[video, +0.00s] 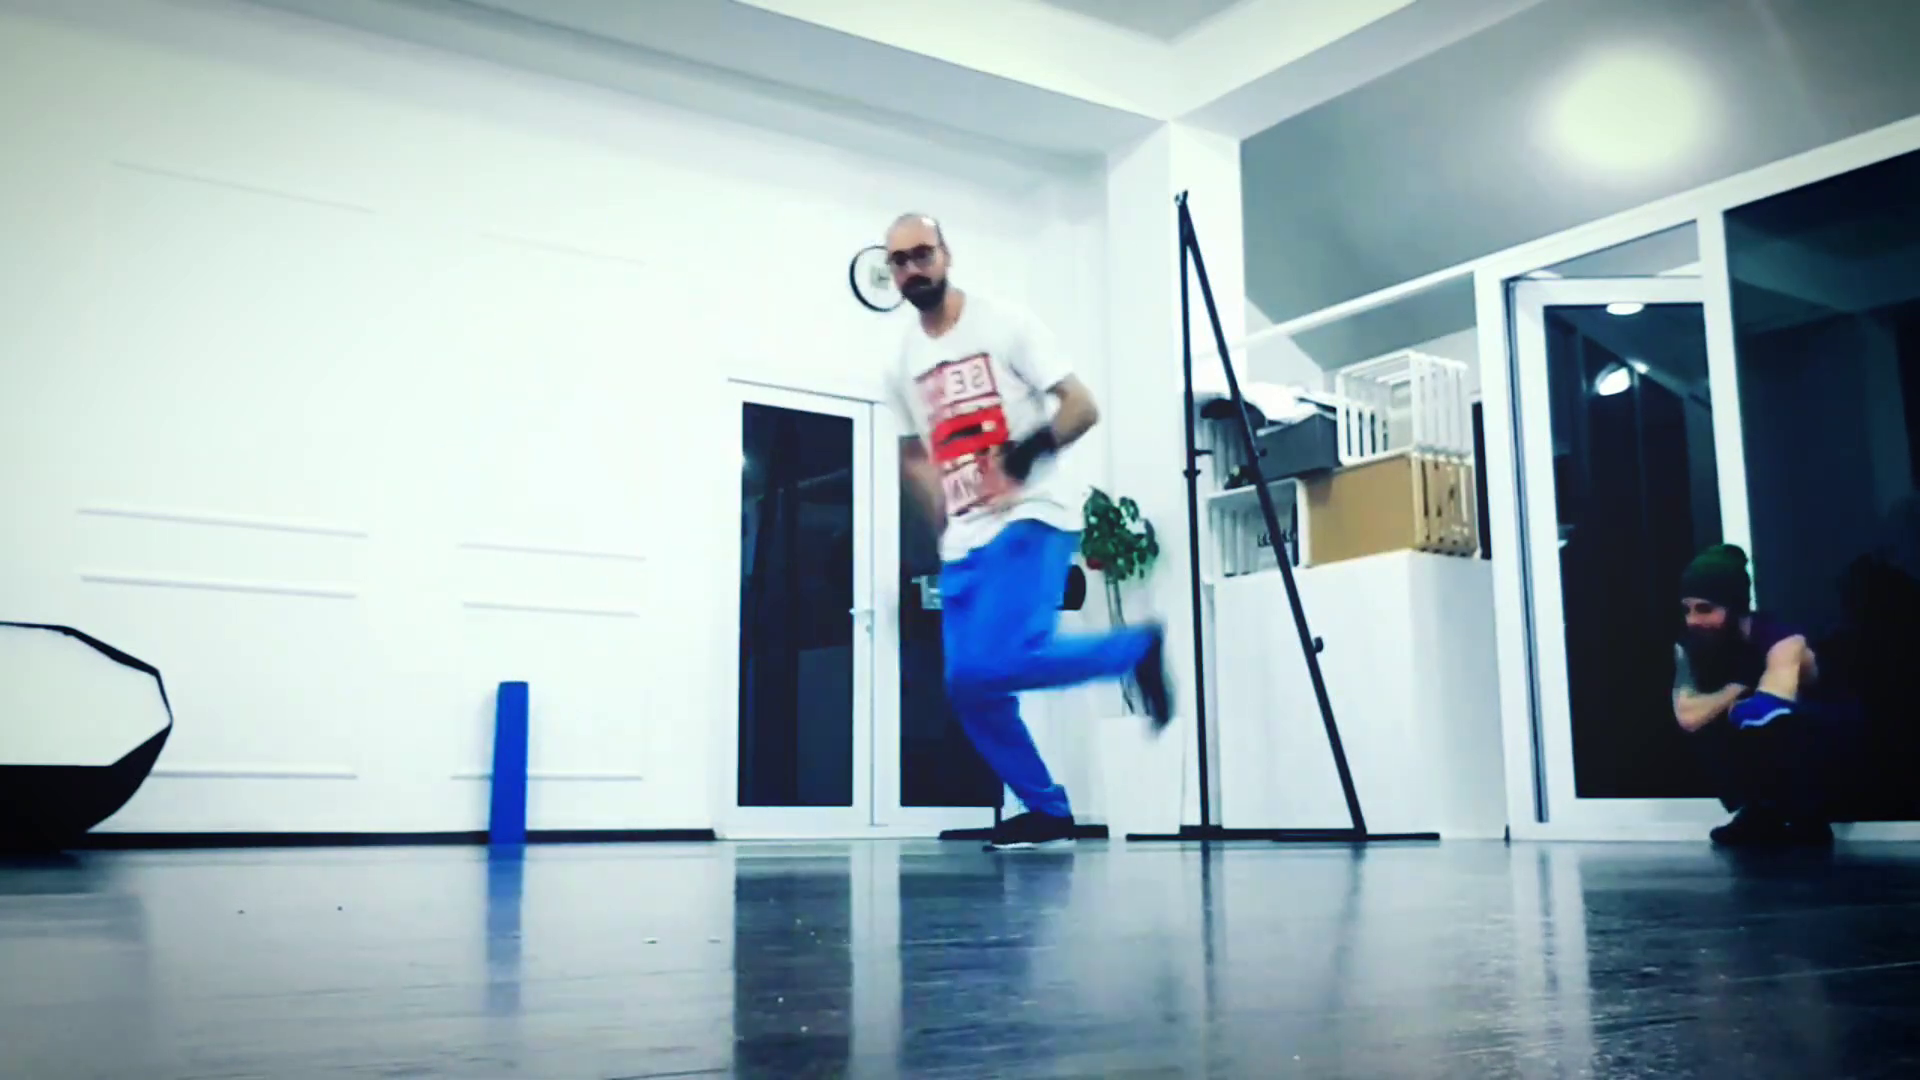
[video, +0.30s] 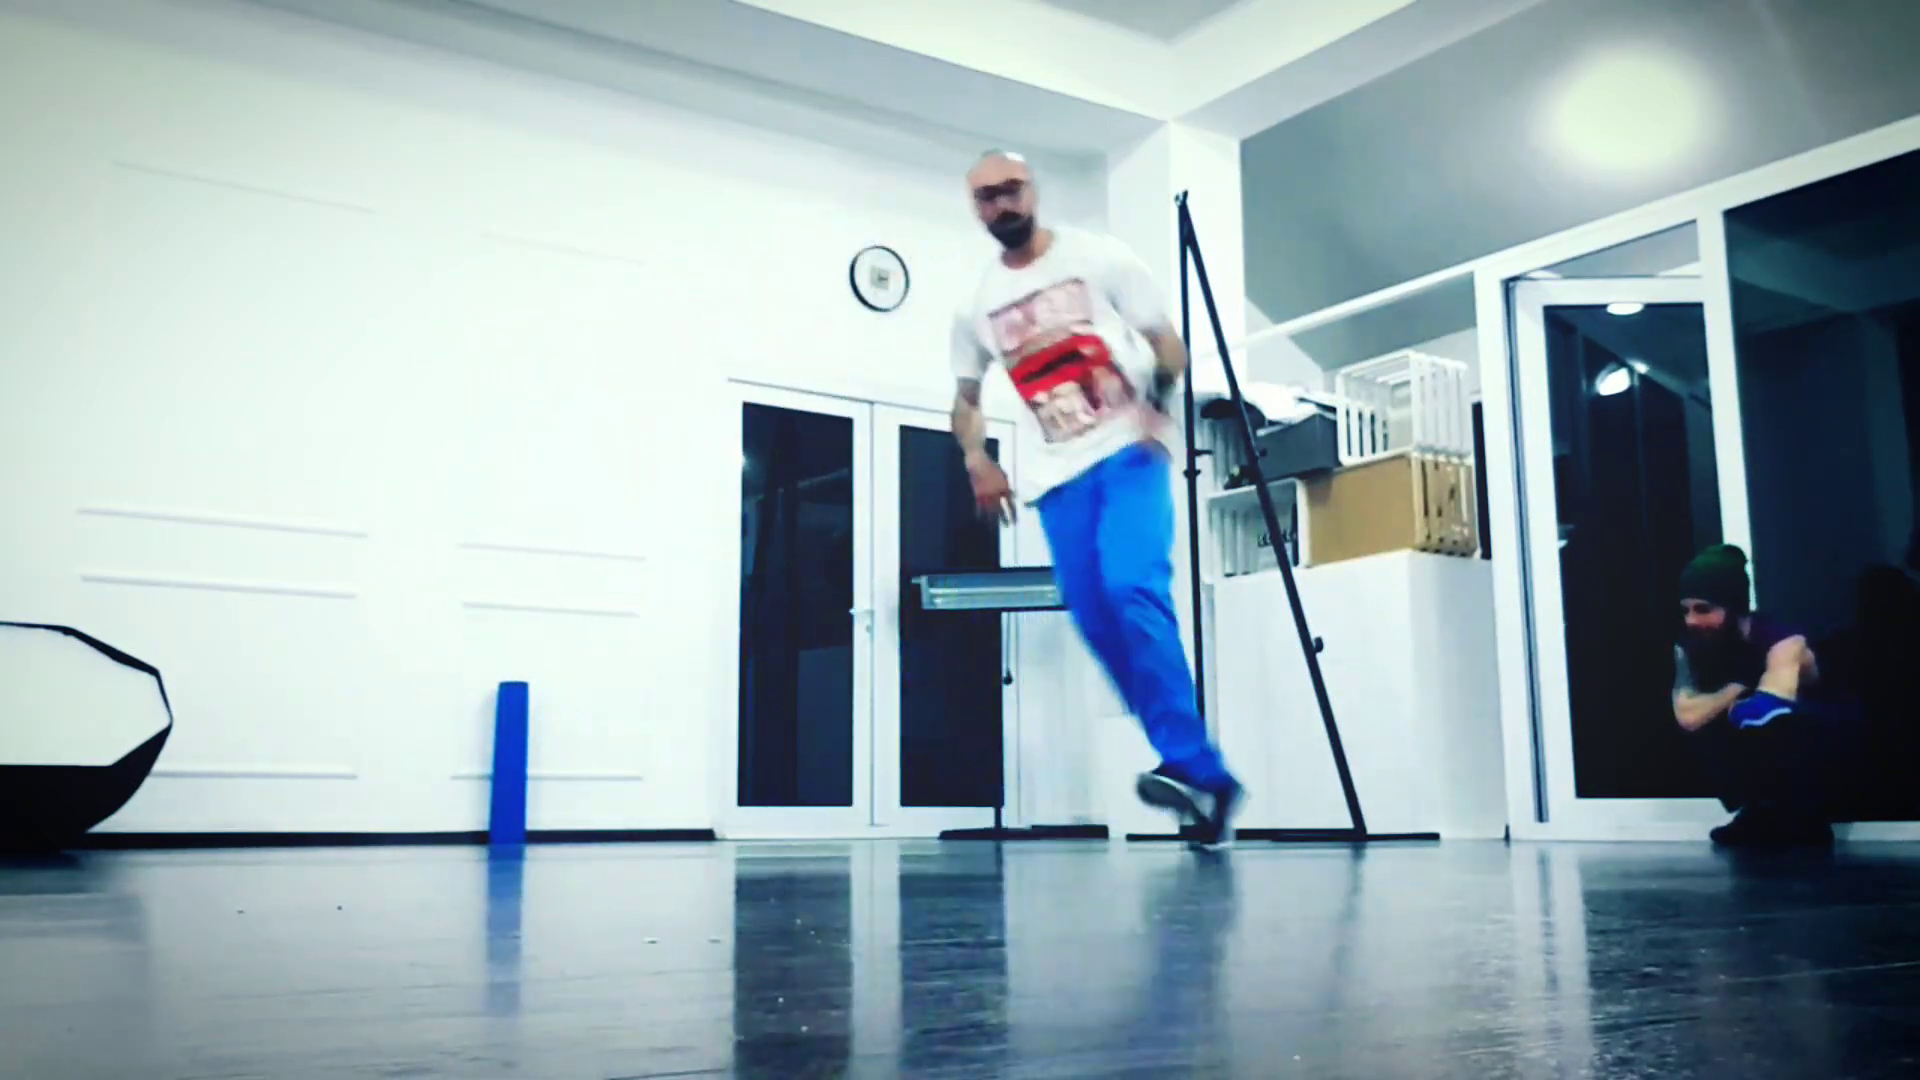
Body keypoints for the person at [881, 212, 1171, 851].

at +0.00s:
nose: (912, 269)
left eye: (921, 254)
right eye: (899, 261)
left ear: (947, 258)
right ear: (889, 274)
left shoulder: (1002, 323)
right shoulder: (903, 359)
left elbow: (1081, 405)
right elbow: (915, 456)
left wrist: (1032, 446)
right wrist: (939, 538)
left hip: (1031, 515)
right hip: (964, 536)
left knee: (997, 657)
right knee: (968, 681)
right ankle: (1047, 809)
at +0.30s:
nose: (1001, 205)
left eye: (1010, 190)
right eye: (987, 196)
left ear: (1033, 192)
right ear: (974, 208)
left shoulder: (1100, 258)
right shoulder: (977, 303)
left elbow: (1170, 345)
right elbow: (966, 400)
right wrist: (976, 459)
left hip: (1129, 455)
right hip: (1056, 481)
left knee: (1128, 587)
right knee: (1095, 619)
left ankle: (1190, 767)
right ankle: (1205, 776)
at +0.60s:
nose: (1114, 181)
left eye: (1127, 169)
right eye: (1100, 168)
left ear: (1144, 182)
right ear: (1077, 181)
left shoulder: (1181, 283)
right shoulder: (1037, 264)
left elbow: (1205, 402)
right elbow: (1023, 371)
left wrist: (1228, 501)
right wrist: (1079, 334)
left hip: (1153, 481)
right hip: (1059, 493)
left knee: (1140, 627)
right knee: (1034, 655)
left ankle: (1188, 805)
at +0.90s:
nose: (1125, 117)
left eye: (1141, 105)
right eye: (1111, 103)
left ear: (1159, 120)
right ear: (1087, 113)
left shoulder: (1162, 222)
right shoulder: (1028, 193)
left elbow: (1167, 340)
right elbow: (920, 289)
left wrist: (1142, 273)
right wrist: (852, 410)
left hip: (1120, 437)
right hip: (1038, 423)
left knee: (1123, 608)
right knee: (1116, 596)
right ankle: (1115, 797)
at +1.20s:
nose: (1065, 104)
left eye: (1079, 90)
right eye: (1049, 89)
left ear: (1096, 104)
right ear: (1020, 100)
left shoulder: (1094, 239)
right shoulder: (964, 173)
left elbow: (1065, 363)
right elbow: (873, 278)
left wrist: (1086, 446)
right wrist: (975, 250)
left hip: (1012, 433)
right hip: (930, 392)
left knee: (1003, 617)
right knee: (997, 533)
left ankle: (884, 795)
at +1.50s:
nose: (948, 68)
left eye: (958, 51)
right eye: (928, 58)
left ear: (982, 57)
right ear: (905, 72)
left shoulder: (1029, 177)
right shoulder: (868, 159)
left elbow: (1039, 326)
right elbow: (811, 289)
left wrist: (1020, 260)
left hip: (978, 408)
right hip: (883, 391)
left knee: (984, 604)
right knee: (927, 524)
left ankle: (879, 772)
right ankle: (920, 775)